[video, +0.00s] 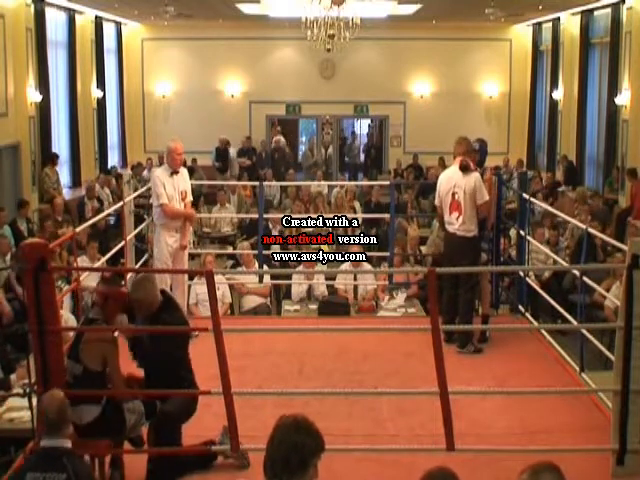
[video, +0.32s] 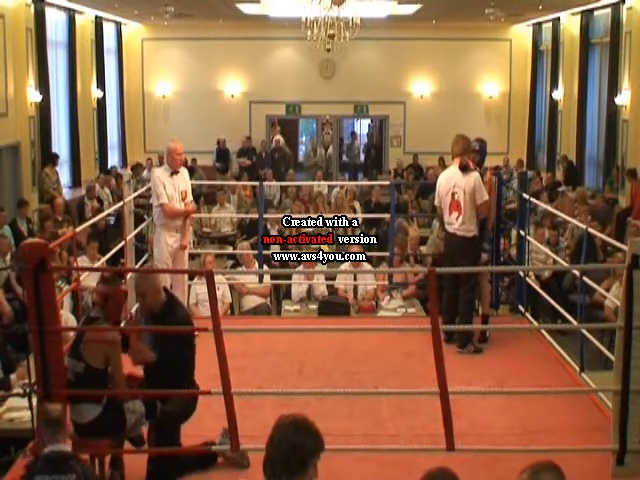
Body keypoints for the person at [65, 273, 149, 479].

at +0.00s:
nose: (121, 309)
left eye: (122, 303)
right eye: (119, 303)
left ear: (99, 302)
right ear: (110, 304)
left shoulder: (84, 328)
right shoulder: (106, 336)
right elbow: (119, 391)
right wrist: (137, 393)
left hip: (75, 414)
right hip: (95, 419)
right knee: (136, 407)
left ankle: (116, 462)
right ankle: (115, 462)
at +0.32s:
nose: (122, 309)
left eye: (123, 302)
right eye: (118, 303)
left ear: (99, 301)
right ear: (105, 302)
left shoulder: (87, 324)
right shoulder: (110, 334)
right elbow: (120, 390)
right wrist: (135, 391)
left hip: (78, 419)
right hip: (96, 422)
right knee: (140, 405)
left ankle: (117, 462)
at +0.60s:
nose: (123, 305)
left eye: (123, 299)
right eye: (120, 300)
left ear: (98, 301)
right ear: (107, 302)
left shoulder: (87, 325)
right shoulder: (109, 334)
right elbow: (120, 390)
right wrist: (139, 390)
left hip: (79, 421)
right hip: (97, 423)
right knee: (138, 406)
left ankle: (116, 463)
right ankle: (115, 463)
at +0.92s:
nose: (119, 303)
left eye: (118, 296)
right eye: (114, 298)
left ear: (94, 301)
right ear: (100, 301)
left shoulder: (84, 327)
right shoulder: (107, 339)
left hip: (79, 421)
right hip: (98, 423)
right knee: (138, 407)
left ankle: (116, 462)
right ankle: (115, 463)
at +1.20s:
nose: (118, 301)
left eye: (116, 294)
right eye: (114, 296)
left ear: (92, 301)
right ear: (101, 301)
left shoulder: (81, 330)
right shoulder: (105, 340)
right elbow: (115, 387)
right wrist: (134, 387)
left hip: (78, 420)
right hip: (96, 424)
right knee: (136, 409)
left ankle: (115, 462)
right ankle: (133, 431)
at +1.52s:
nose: (116, 304)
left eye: (115, 297)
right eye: (113, 298)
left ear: (93, 300)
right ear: (102, 301)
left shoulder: (82, 328)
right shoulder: (108, 340)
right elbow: (114, 381)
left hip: (75, 407)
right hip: (92, 411)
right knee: (134, 411)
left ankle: (118, 466)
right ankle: (120, 468)